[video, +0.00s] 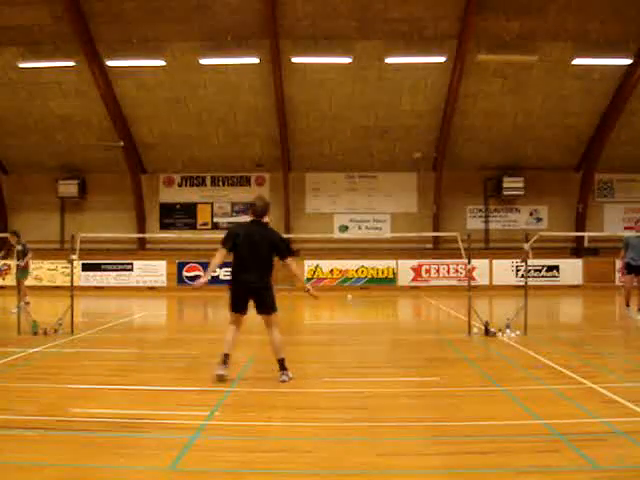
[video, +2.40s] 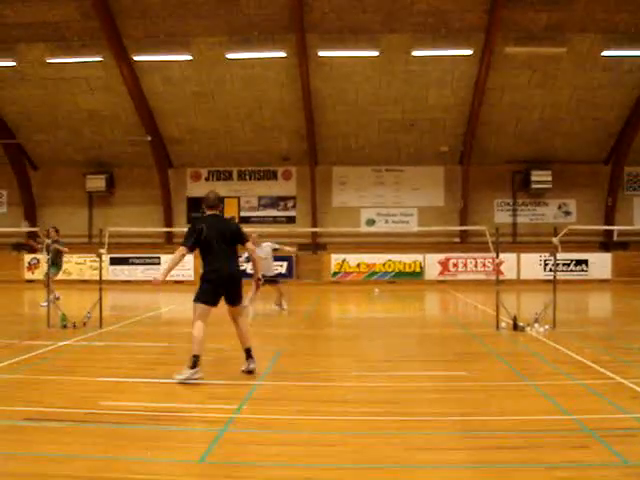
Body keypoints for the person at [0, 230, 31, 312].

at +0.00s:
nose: (10, 240)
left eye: (11, 238)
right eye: (9, 238)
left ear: (16, 237)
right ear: (11, 238)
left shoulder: (23, 246)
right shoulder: (16, 247)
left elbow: (29, 254)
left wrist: (24, 262)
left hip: (23, 268)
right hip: (19, 267)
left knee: (20, 285)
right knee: (20, 284)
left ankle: (19, 304)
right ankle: (25, 299)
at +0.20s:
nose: (9, 241)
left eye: (11, 239)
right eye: (9, 239)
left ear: (16, 239)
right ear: (14, 239)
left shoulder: (21, 247)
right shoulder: (16, 248)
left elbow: (27, 256)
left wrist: (19, 263)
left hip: (23, 270)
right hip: (19, 269)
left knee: (21, 286)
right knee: (21, 285)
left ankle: (20, 305)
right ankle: (26, 299)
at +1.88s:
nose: (18, 237)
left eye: (20, 235)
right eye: (17, 235)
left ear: (24, 236)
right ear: (17, 236)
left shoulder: (28, 245)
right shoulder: (19, 245)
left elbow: (33, 252)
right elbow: (9, 246)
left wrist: (28, 259)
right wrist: (2, 250)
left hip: (31, 266)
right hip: (27, 266)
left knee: (28, 284)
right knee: (27, 283)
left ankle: (28, 303)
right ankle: (33, 297)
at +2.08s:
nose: (26, 235)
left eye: (27, 233)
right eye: (25, 233)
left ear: (32, 234)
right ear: (24, 235)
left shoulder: (36, 243)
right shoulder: (26, 243)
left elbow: (42, 250)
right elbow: (17, 245)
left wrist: (37, 255)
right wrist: (8, 249)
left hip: (39, 265)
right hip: (34, 265)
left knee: (35, 283)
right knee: (34, 283)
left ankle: (35, 302)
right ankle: (40, 296)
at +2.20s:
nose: (33, 234)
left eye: (35, 231)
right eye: (32, 231)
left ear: (39, 232)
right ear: (31, 232)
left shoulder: (44, 240)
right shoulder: (32, 241)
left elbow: (52, 248)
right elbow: (24, 245)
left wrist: (44, 252)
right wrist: (14, 247)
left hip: (46, 263)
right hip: (40, 263)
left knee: (40, 280)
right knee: (39, 279)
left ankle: (41, 301)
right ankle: (47, 294)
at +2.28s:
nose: (41, 233)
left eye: (43, 231)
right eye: (41, 231)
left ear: (48, 232)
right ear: (41, 232)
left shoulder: (52, 241)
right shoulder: (43, 241)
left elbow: (61, 249)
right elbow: (36, 247)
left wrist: (51, 250)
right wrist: (26, 246)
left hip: (54, 264)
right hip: (49, 263)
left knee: (45, 280)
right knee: (45, 279)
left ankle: (47, 300)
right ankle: (54, 293)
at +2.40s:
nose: (50, 234)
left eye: (52, 232)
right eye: (50, 232)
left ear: (56, 233)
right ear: (49, 234)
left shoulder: (60, 242)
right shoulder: (50, 242)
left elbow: (66, 250)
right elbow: (44, 240)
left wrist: (56, 246)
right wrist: (39, 232)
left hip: (57, 264)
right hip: (50, 264)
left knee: (48, 279)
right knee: (46, 279)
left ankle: (49, 299)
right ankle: (54, 294)